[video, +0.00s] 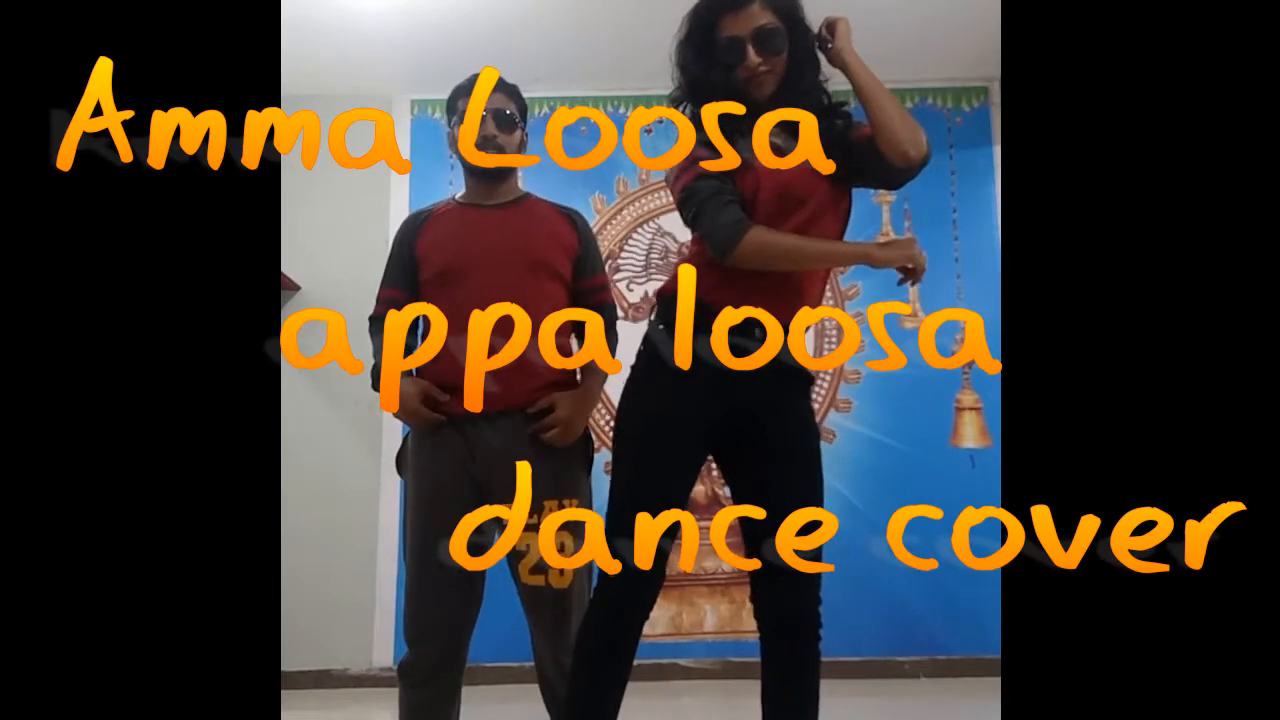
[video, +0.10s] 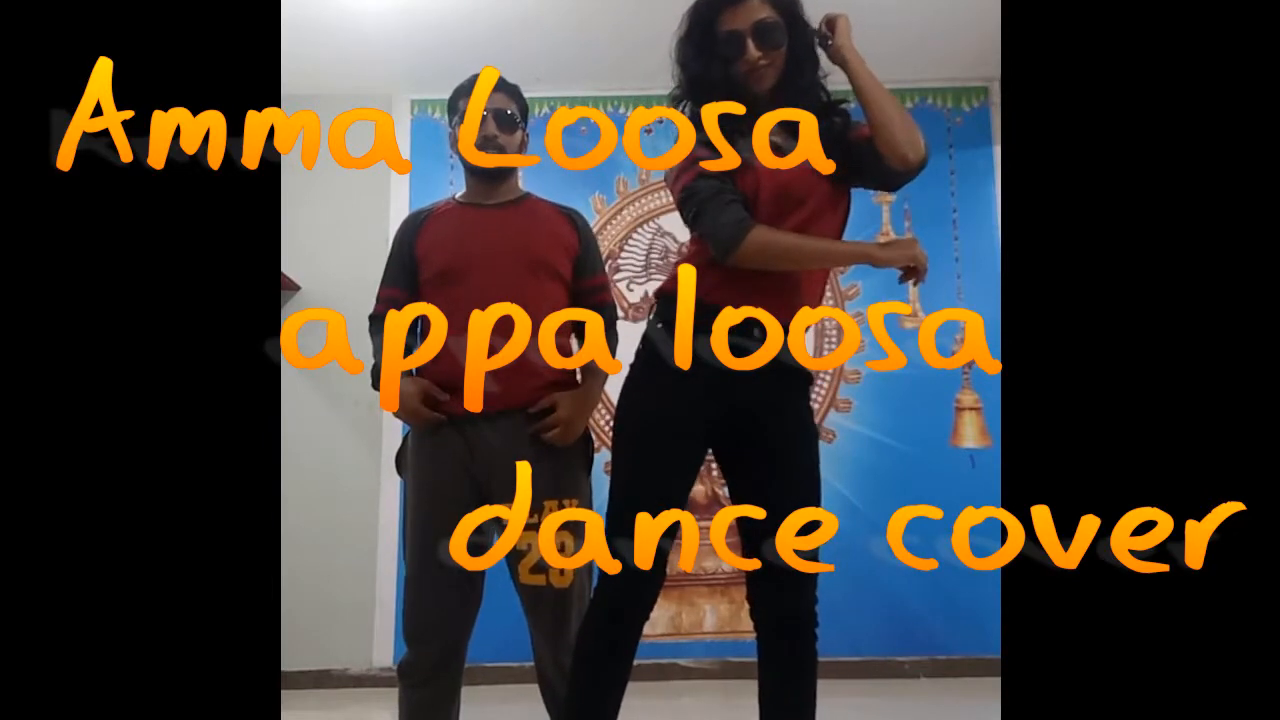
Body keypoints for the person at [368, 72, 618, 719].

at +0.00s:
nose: (493, 130)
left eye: (507, 120)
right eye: (477, 119)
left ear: (524, 136)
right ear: (454, 133)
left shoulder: (566, 225)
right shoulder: (420, 229)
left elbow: (601, 319)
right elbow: (385, 321)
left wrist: (588, 388)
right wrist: (393, 380)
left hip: (545, 441)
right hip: (444, 442)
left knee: (563, 624)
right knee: (433, 627)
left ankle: (580, 719)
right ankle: (425, 719)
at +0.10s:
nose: (493, 130)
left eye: (507, 120)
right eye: (478, 119)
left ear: (525, 136)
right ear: (455, 133)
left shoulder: (567, 225)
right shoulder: (420, 228)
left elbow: (602, 320)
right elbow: (386, 320)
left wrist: (589, 389)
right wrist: (393, 380)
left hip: (545, 440)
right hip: (444, 442)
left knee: (563, 624)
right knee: (432, 626)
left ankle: (580, 719)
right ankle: (424, 718)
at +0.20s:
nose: (493, 131)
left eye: (507, 120)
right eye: (478, 119)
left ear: (525, 137)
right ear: (455, 133)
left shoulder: (567, 225)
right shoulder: (420, 227)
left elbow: (604, 321)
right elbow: (384, 320)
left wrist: (592, 389)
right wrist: (392, 377)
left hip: (544, 441)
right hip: (443, 442)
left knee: (564, 627)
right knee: (430, 629)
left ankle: (581, 719)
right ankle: (424, 719)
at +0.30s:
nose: (494, 130)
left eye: (508, 120)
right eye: (479, 119)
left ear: (525, 137)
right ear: (455, 133)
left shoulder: (567, 225)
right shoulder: (420, 227)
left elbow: (604, 320)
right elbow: (384, 319)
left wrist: (593, 389)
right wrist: (391, 376)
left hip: (544, 441)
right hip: (442, 443)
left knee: (563, 627)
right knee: (430, 629)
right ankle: (425, 719)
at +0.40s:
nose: (494, 130)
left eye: (508, 120)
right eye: (479, 119)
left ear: (525, 136)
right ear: (455, 133)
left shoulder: (567, 224)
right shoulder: (420, 227)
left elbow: (605, 320)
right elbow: (384, 319)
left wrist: (591, 389)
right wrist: (392, 375)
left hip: (544, 441)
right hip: (442, 444)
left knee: (563, 629)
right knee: (429, 632)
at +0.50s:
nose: (493, 131)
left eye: (507, 120)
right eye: (478, 119)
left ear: (525, 136)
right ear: (455, 133)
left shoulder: (567, 224)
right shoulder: (419, 227)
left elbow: (606, 321)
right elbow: (384, 320)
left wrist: (590, 389)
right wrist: (393, 376)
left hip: (543, 441)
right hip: (441, 443)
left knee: (563, 628)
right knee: (429, 631)